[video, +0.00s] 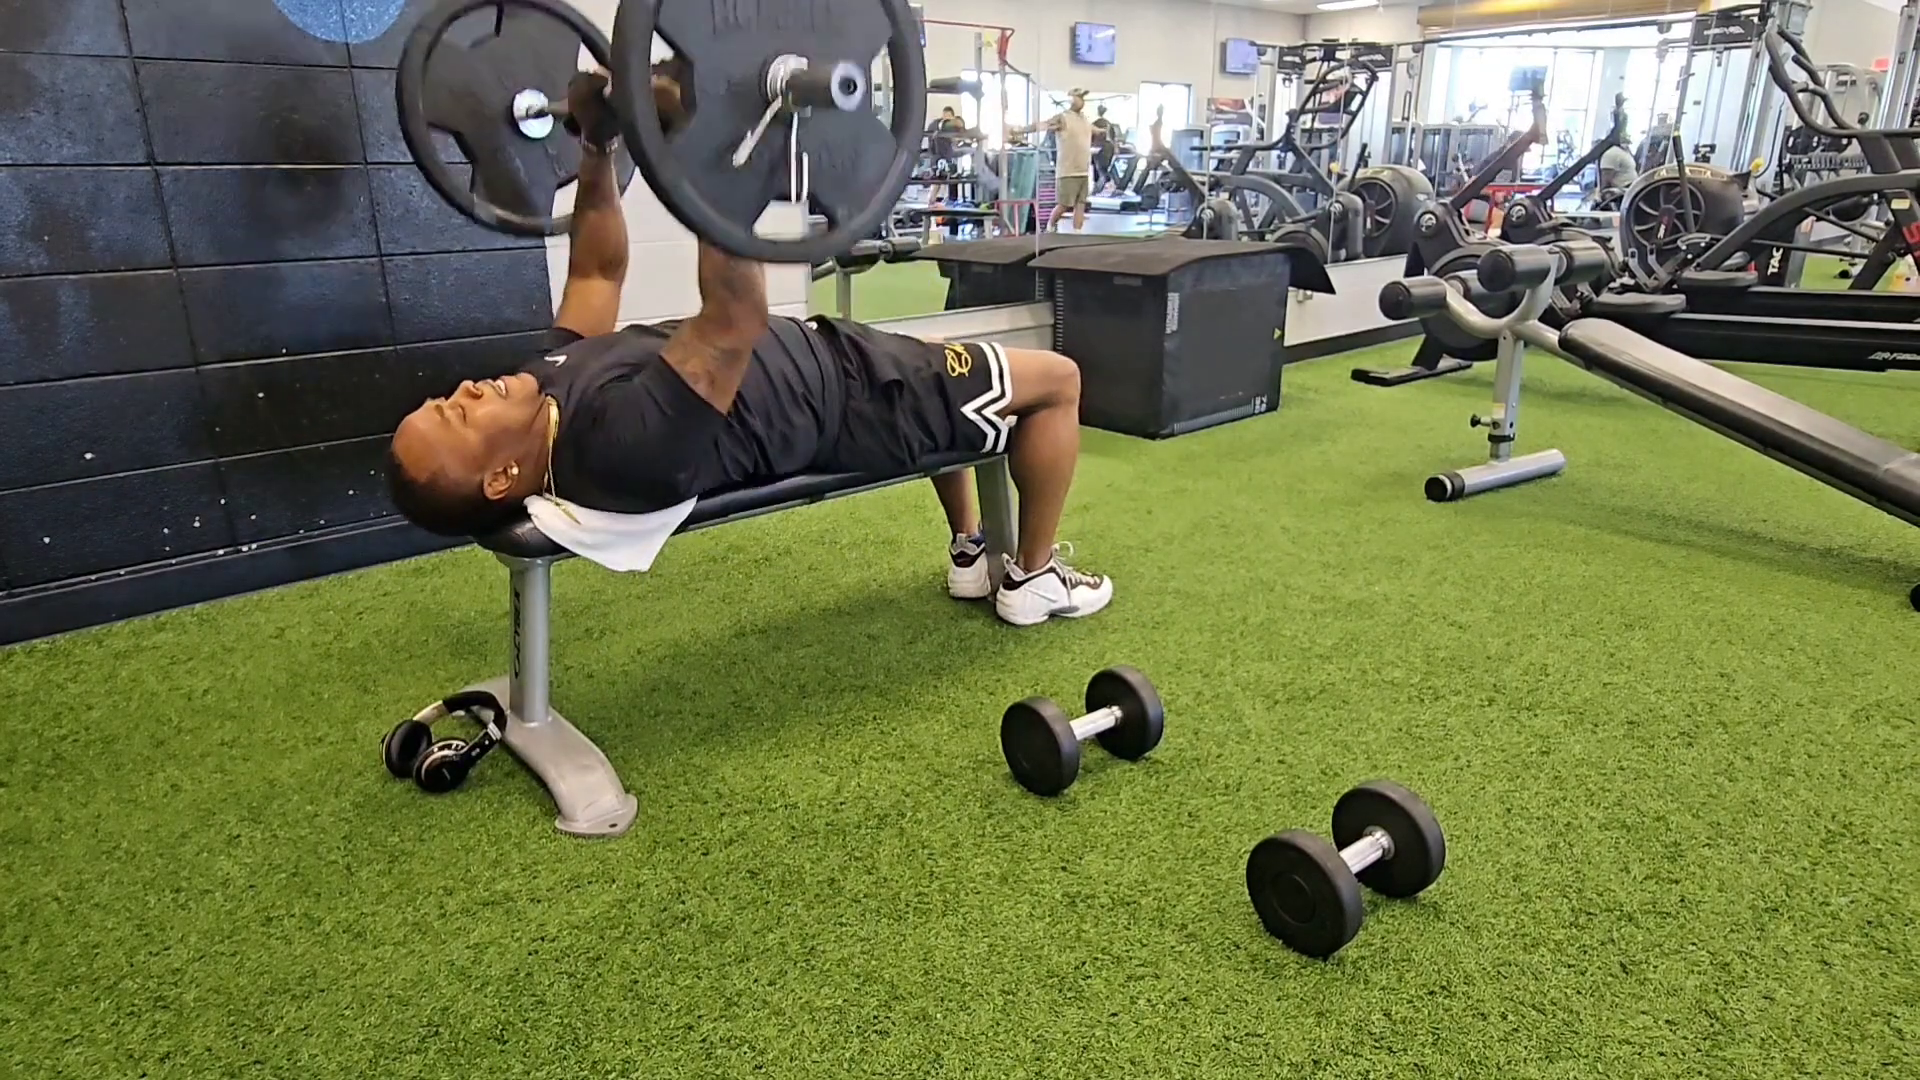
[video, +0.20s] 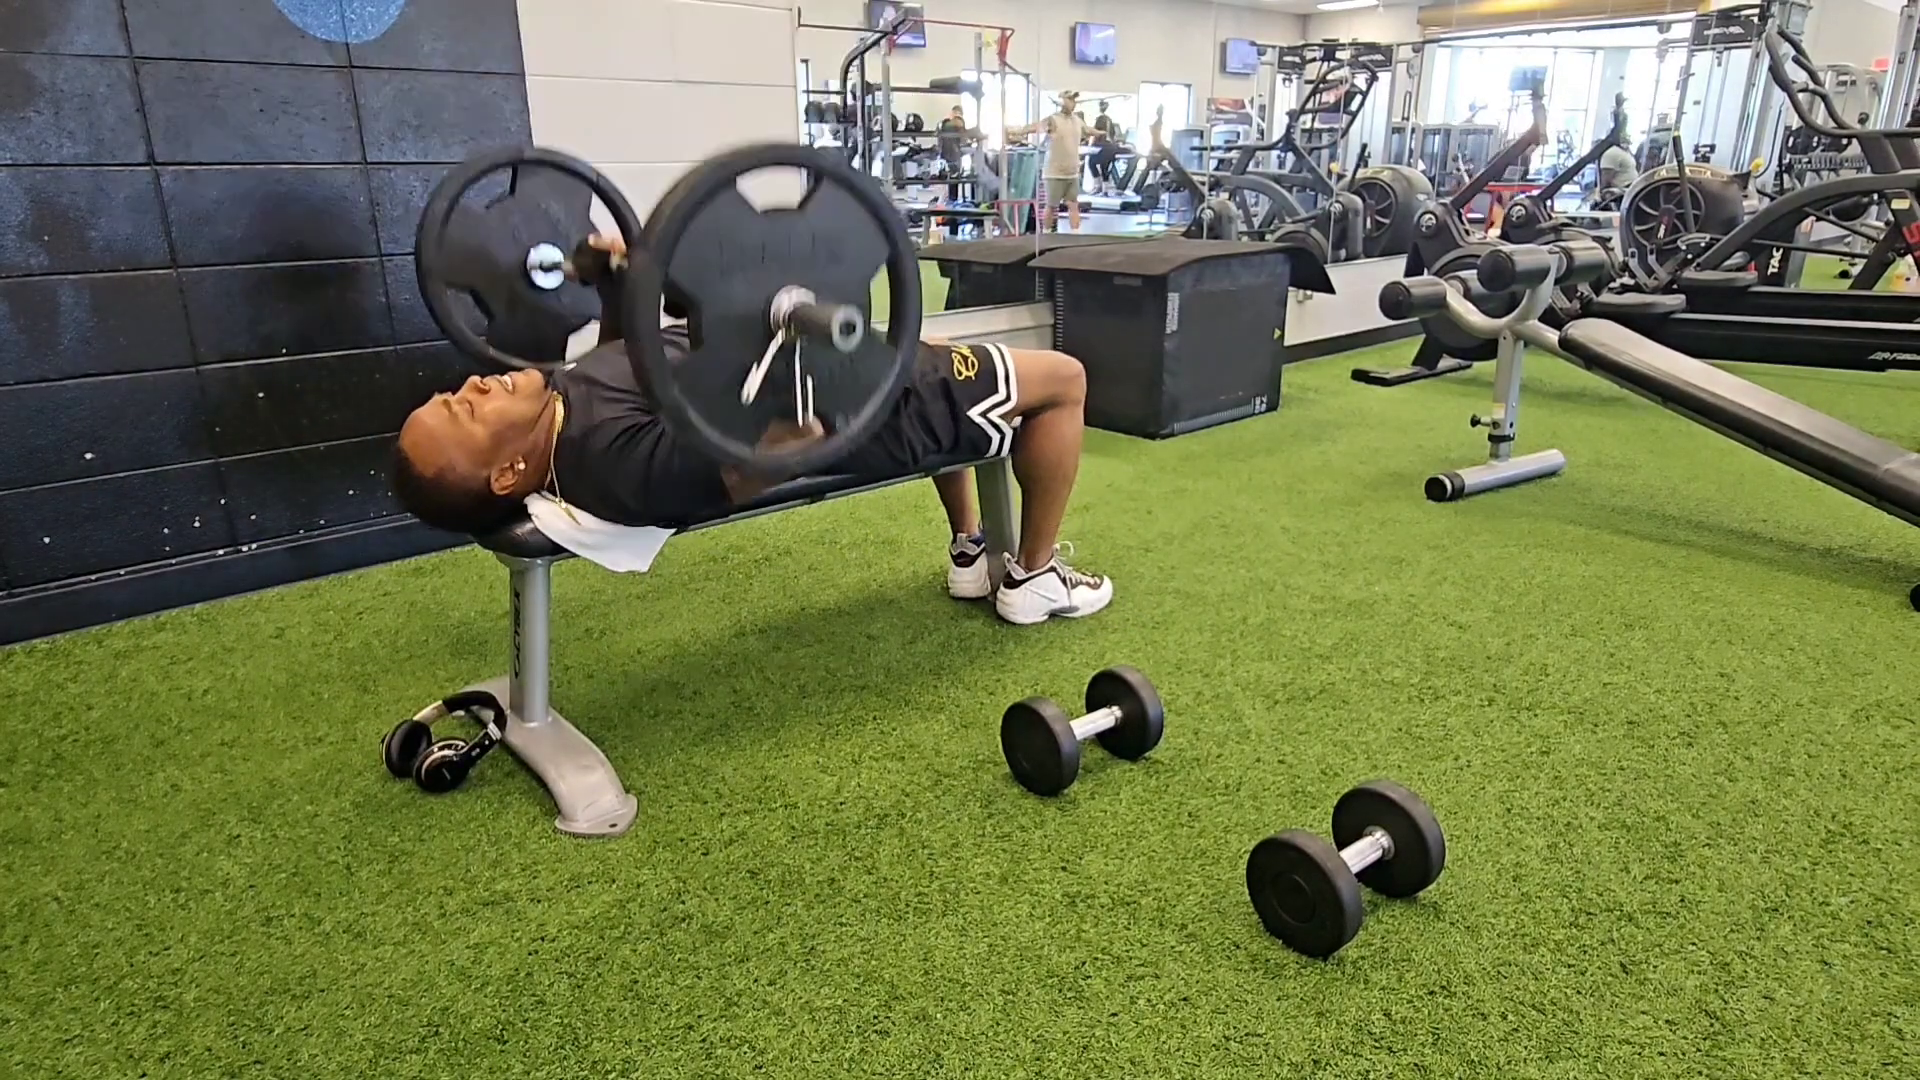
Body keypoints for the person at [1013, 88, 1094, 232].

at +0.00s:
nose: (1083, 101)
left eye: (1083, 98)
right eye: (1080, 98)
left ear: (1082, 101)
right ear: (1071, 99)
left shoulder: (1084, 121)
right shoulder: (1063, 118)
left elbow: (1095, 130)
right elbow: (1042, 125)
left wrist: (1106, 131)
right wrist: (1020, 130)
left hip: (1083, 170)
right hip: (1066, 170)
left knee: (1080, 205)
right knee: (1064, 205)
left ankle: (1077, 233)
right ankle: (1050, 227)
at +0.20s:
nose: (1073, 103)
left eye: (1074, 100)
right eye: (1070, 99)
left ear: (1074, 102)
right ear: (1062, 101)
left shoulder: (1078, 121)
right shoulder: (1053, 119)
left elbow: (1088, 130)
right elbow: (1035, 127)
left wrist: (1102, 133)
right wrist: (1016, 131)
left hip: (1072, 171)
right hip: (1054, 171)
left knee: (1073, 204)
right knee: (1051, 207)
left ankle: (1076, 234)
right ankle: (1047, 234)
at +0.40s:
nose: (1066, 102)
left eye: (1067, 99)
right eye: (1063, 98)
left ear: (1066, 101)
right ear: (1055, 100)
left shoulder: (1070, 120)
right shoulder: (1046, 119)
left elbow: (1084, 130)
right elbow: (1026, 127)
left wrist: (1100, 132)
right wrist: (1008, 130)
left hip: (1065, 169)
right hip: (1047, 170)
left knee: (1067, 202)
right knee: (1045, 206)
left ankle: (1067, 231)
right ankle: (1044, 234)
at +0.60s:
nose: (1060, 102)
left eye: (1061, 99)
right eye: (1057, 98)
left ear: (1060, 101)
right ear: (1049, 100)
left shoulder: (1065, 121)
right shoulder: (1041, 119)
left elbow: (1082, 128)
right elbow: (1022, 128)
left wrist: (1098, 131)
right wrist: (1005, 128)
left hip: (1061, 169)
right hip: (1044, 170)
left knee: (1061, 200)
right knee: (1044, 206)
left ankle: (1040, 226)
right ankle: (1044, 233)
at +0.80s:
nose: (1050, 104)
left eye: (1053, 101)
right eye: (1048, 100)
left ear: (1057, 104)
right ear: (1044, 103)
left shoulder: (1061, 123)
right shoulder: (1038, 121)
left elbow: (1079, 129)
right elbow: (1022, 130)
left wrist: (1095, 132)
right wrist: (1004, 128)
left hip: (1054, 171)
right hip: (1040, 171)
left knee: (1047, 204)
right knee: (1044, 205)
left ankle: (1032, 231)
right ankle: (1044, 235)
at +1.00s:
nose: (1054, 105)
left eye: (1055, 102)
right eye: (1051, 102)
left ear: (1055, 105)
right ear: (1044, 103)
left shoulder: (1058, 124)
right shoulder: (1036, 121)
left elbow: (1075, 130)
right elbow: (1024, 131)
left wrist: (1093, 133)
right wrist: (1013, 133)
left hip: (1051, 170)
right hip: (1037, 170)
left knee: (1039, 203)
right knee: (1043, 203)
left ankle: (1030, 230)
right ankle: (1043, 233)